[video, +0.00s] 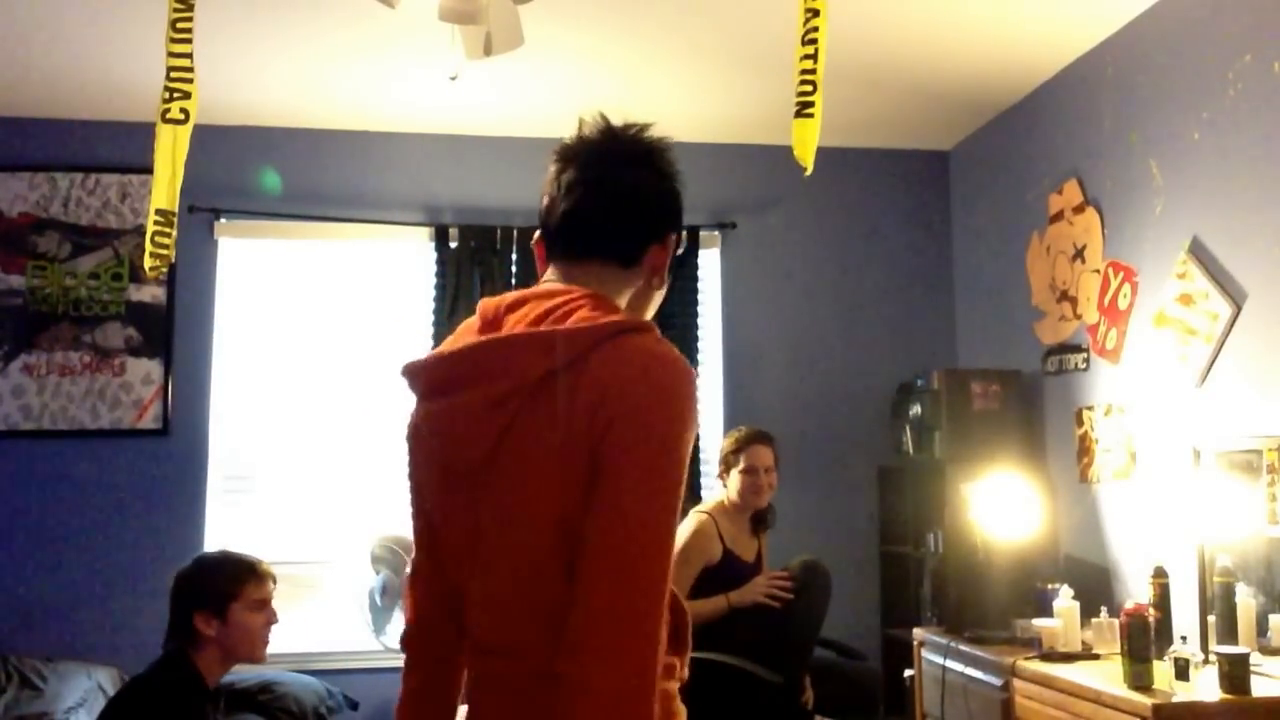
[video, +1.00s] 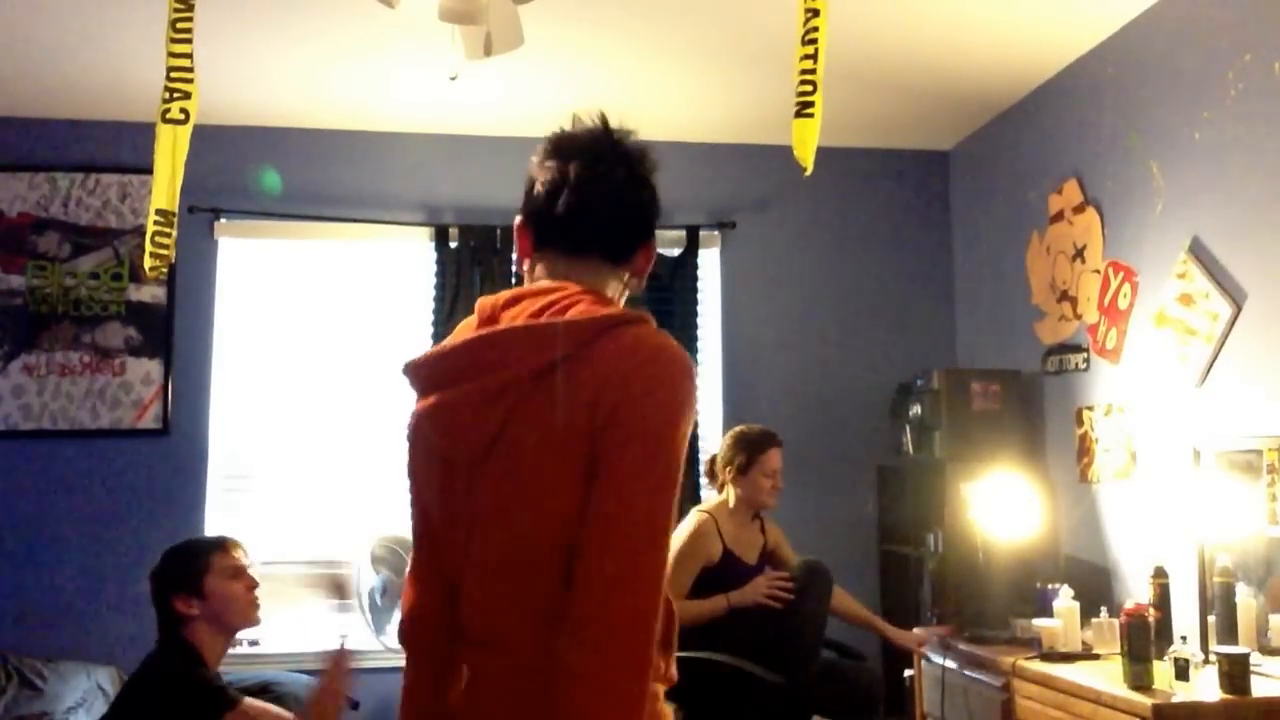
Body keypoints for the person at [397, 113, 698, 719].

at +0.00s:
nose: (666, 280)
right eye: (673, 262)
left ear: (538, 252)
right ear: (660, 257)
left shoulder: (453, 366)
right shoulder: (648, 370)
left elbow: (433, 605)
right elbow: (624, 606)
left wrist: (421, 712)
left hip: (491, 696)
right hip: (605, 700)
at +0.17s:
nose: (696, 285)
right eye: (701, 265)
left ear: (575, 248)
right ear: (694, 253)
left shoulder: (479, 350)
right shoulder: (669, 349)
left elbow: (461, 554)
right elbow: (695, 600)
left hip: (455, 690)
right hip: (586, 697)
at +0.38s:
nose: (685, 292)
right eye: (692, 276)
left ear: (565, 254)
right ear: (683, 265)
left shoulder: (471, 355)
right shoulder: (659, 357)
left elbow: (450, 564)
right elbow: (652, 591)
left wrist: (451, 691)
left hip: (473, 692)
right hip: (600, 696)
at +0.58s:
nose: (678, 286)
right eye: (686, 269)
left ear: (557, 248)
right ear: (677, 259)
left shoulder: (463, 353)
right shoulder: (655, 353)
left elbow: (443, 577)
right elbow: (641, 585)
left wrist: (438, 698)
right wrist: (638, 707)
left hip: (466, 693)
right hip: (588, 697)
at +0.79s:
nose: (681, 295)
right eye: (685, 283)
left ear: (560, 243)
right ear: (677, 273)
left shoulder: (475, 340)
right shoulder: (658, 342)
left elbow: (454, 539)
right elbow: (704, 592)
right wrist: (771, 708)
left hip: (451, 686)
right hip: (582, 697)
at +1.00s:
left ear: (521, 239)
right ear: (644, 262)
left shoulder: (452, 367)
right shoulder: (646, 363)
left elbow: (427, 597)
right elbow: (621, 592)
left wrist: (421, 710)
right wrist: (607, 706)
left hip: (467, 695)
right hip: (591, 700)